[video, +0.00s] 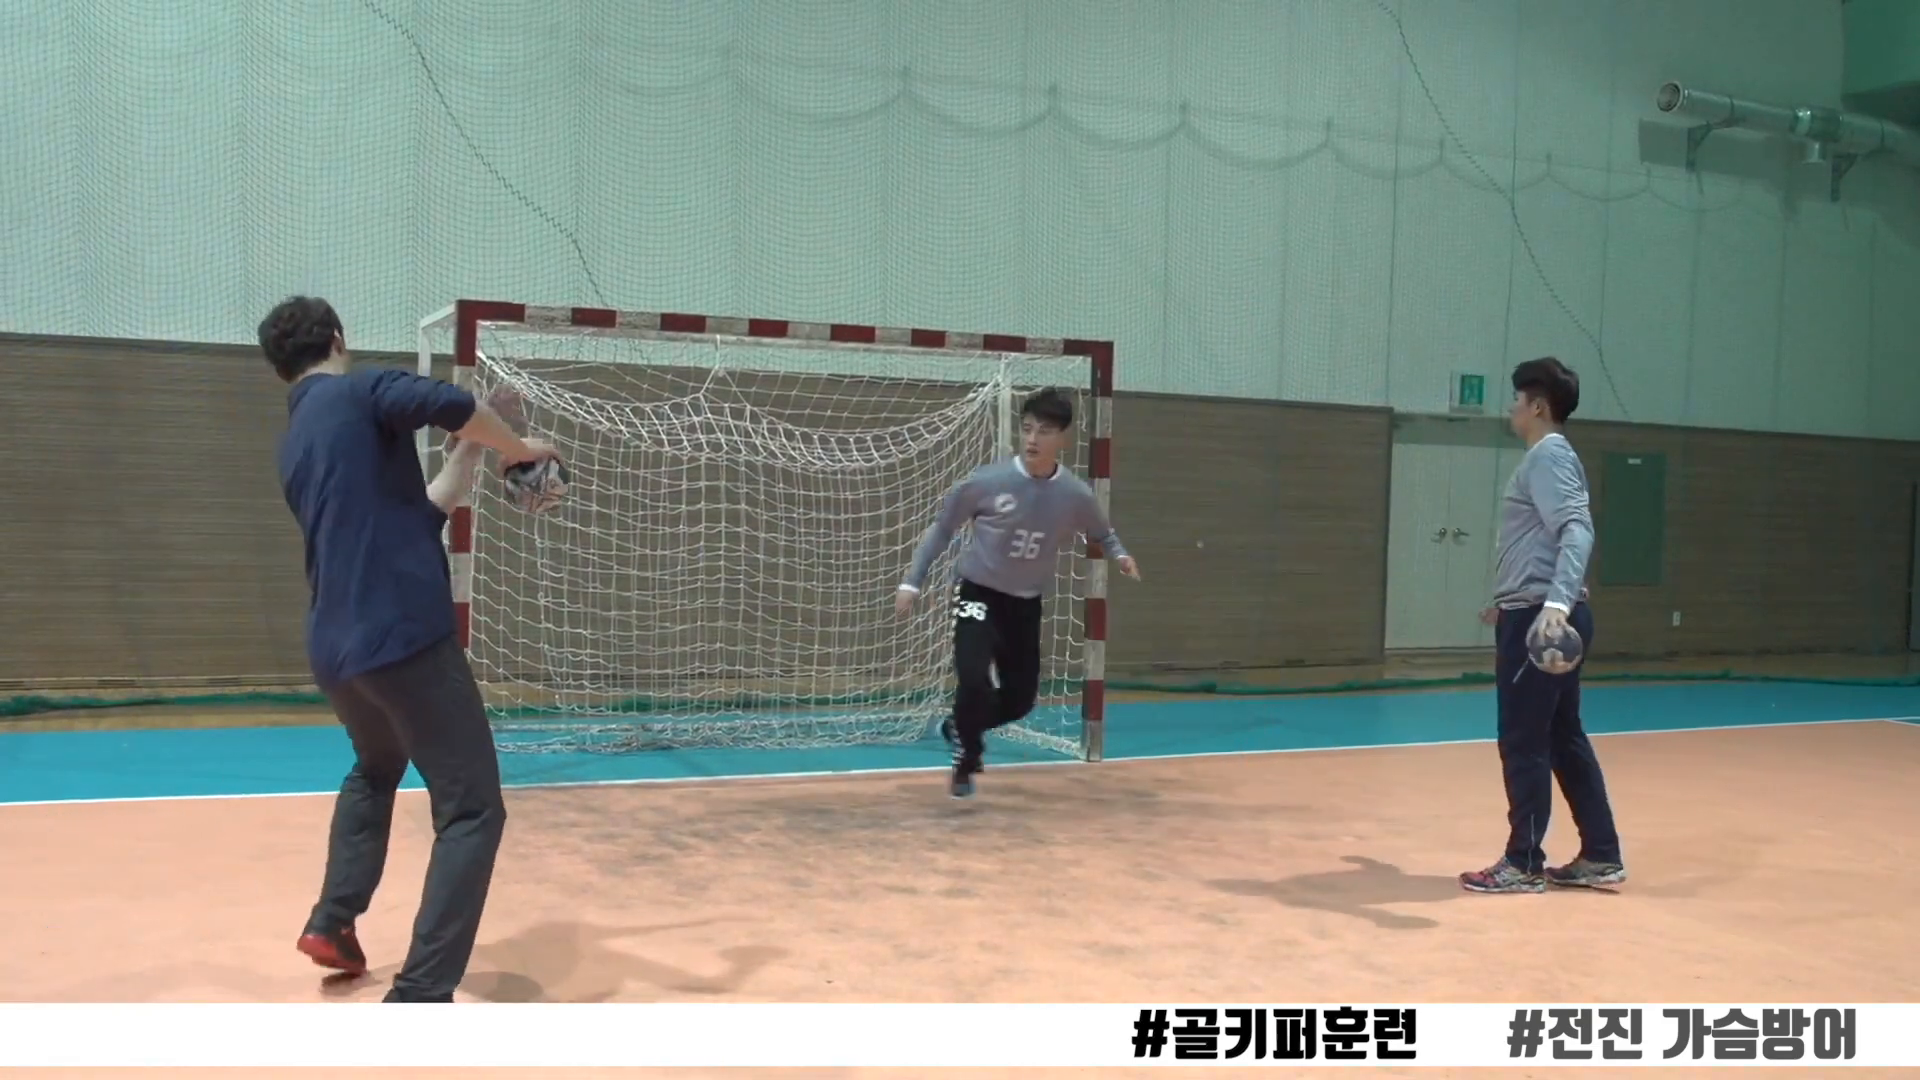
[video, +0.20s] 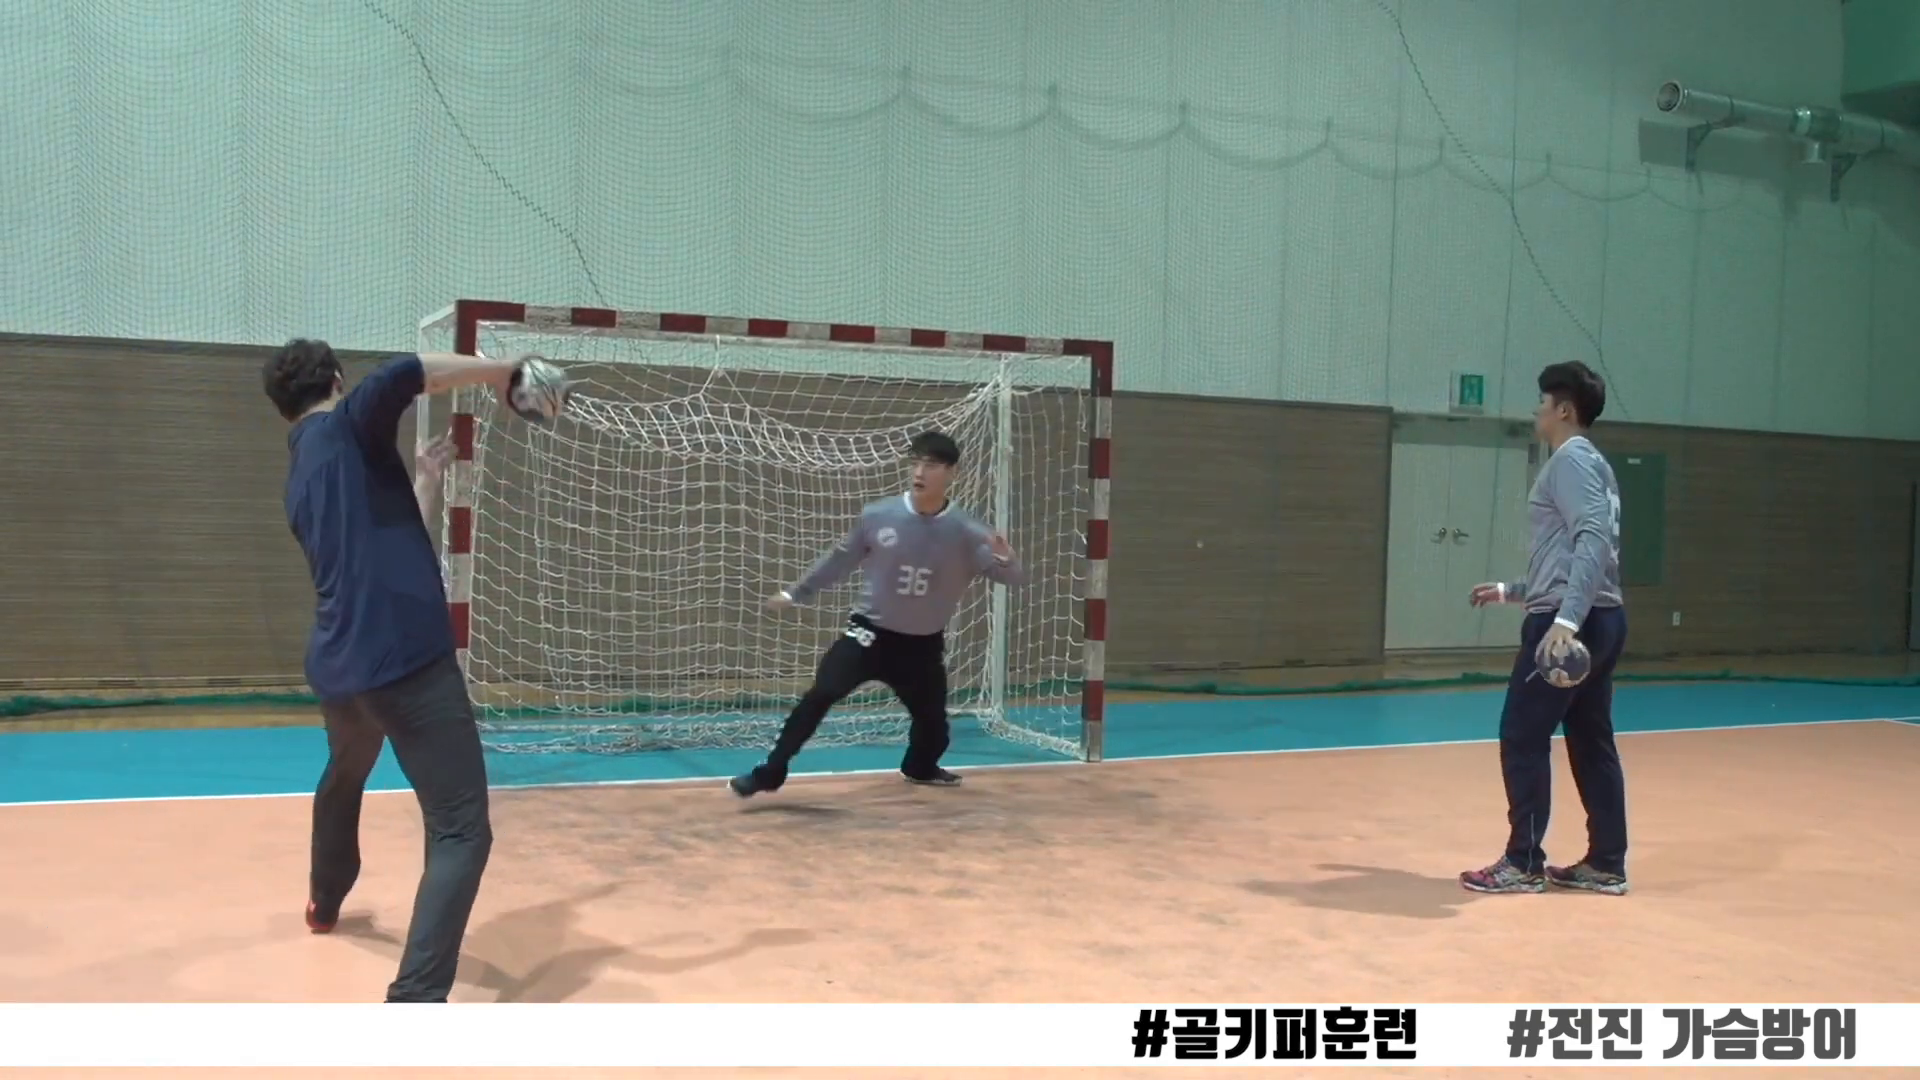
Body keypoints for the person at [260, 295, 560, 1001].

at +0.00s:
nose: (349, 344)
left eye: (342, 337)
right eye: (344, 335)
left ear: (280, 367)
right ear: (337, 339)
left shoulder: (294, 441)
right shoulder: (360, 388)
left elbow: (410, 525)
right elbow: (450, 402)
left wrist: (469, 452)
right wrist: (516, 447)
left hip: (334, 648)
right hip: (405, 635)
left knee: (375, 768)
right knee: (471, 809)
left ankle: (332, 924)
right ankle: (423, 993)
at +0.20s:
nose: (348, 382)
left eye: (342, 374)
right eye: (342, 374)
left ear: (282, 405)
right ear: (336, 382)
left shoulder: (300, 474)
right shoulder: (350, 424)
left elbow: (393, 544)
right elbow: (408, 373)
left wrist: (426, 479)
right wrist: (504, 371)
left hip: (337, 660)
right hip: (406, 653)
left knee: (344, 773)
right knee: (460, 829)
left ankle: (324, 902)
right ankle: (418, 995)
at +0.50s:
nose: (300, 408)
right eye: (293, 401)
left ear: (244, 439)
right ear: (291, 406)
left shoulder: (263, 516)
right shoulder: (316, 429)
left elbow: (276, 604)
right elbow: (352, 340)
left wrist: (308, 664)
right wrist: (266, 314)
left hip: (319, 655)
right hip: (385, 629)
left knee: (327, 758)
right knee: (428, 785)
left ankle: (317, 897)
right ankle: (420, 938)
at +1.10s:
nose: (204, 476)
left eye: (201, 467)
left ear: (206, 463)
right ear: (244, 428)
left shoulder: (221, 505)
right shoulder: (308, 439)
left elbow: (245, 575)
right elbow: (390, 447)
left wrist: (271, 621)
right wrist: (374, 475)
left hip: (306, 564)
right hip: (373, 534)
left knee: (308, 728)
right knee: (436, 643)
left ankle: (318, 893)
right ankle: (476, 717)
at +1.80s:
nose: (285, 326)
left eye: (278, 316)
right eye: (281, 317)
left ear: (225, 338)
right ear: (270, 325)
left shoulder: (211, 421)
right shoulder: (322, 383)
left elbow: (193, 531)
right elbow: (377, 472)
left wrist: (184, 627)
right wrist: (413, 544)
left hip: (250, 588)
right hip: (321, 575)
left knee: (285, 744)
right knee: (338, 740)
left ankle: (315, 896)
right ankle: (259, 880)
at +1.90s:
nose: (293, 322)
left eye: (287, 310)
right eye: (288, 312)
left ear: (229, 328)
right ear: (273, 318)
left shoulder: (205, 414)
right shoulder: (313, 383)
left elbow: (188, 521)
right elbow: (364, 486)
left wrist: (187, 615)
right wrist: (411, 541)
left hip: (232, 591)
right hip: (302, 582)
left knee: (279, 749)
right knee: (313, 749)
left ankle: (316, 896)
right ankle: (237, 897)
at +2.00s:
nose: (294, 325)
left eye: (291, 313)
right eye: (290, 314)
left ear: (232, 323)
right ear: (272, 318)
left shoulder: (198, 406)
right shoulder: (301, 389)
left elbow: (180, 517)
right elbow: (345, 499)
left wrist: (198, 601)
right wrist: (400, 556)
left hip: (215, 598)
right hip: (280, 593)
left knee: (274, 752)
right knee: (283, 758)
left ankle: (313, 893)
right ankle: (226, 911)